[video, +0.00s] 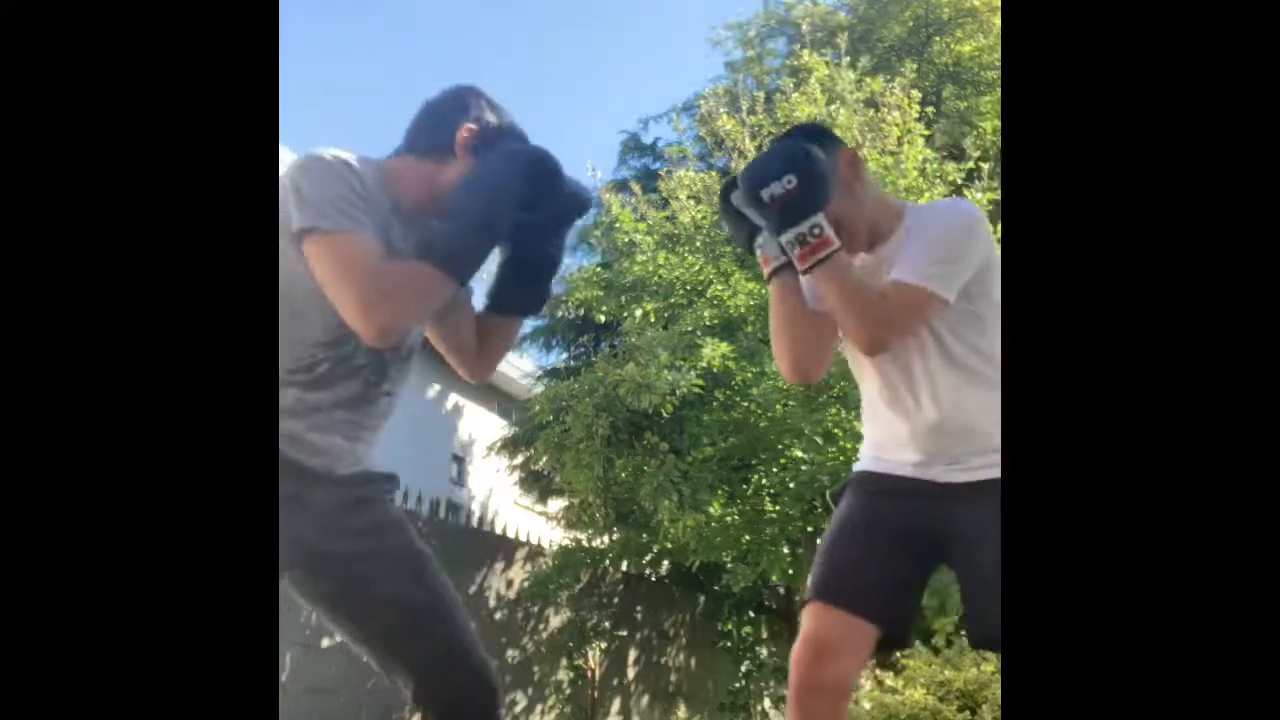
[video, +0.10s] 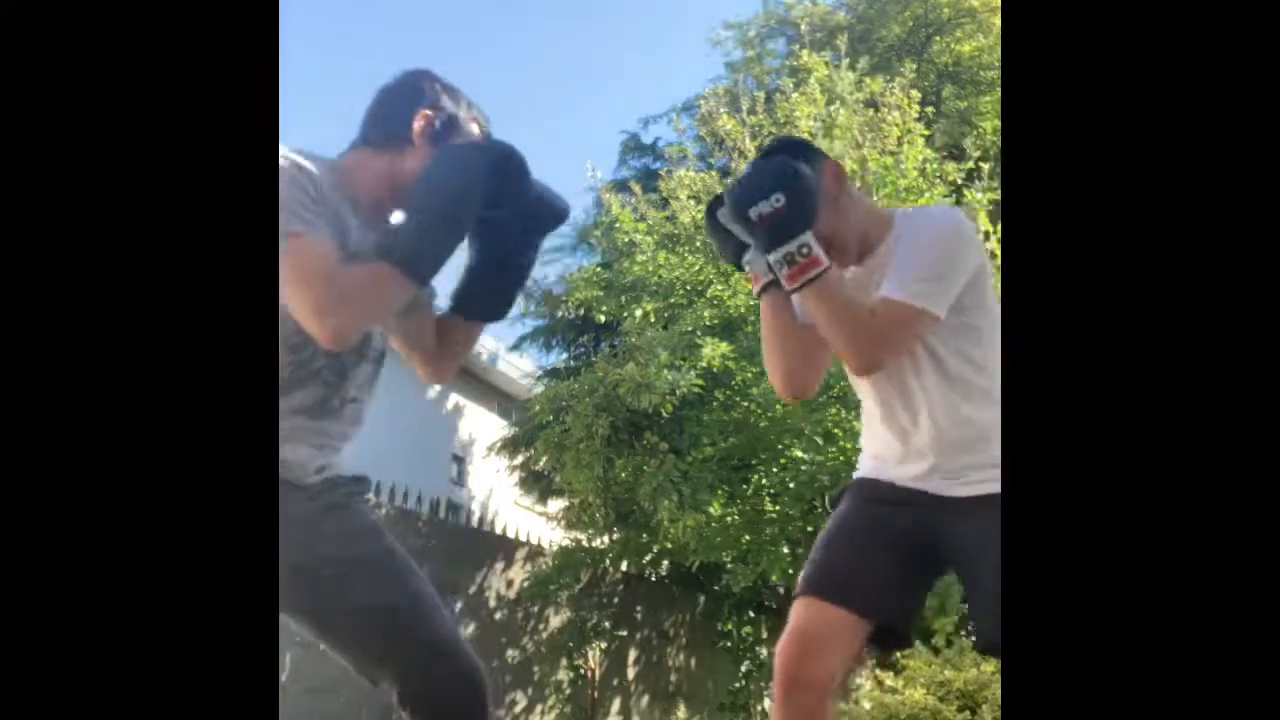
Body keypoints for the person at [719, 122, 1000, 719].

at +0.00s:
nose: (816, 230)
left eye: (819, 205)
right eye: (801, 221)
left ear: (852, 164)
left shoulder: (954, 223)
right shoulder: (834, 267)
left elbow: (873, 330)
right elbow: (801, 368)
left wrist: (811, 239)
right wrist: (778, 260)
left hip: (988, 480)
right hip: (888, 479)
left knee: (994, 667)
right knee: (818, 663)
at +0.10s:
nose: (805, 243)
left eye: (804, 217)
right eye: (791, 234)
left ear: (834, 177)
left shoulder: (942, 231)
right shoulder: (829, 278)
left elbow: (868, 348)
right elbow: (795, 384)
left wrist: (799, 257)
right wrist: (765, 270)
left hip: (987, 490)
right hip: (888, 487)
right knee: (801, 664)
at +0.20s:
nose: (784, 262)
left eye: (781, 237)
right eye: (772, 251)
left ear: (804, 199)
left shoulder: (917, 234)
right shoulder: (805, 297)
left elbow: (857, 363)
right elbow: (788, 405)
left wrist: (772, 278)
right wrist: (741, 296)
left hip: (988, 485)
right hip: (889, 489)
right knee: (808, 666)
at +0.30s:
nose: (773, 258)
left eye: (770, 234)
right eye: (757, 247)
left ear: (800, 197)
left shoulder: (912, 236)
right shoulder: (797, 298)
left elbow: (858, 364)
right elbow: (781, 412)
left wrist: (767, 270)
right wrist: (737, 297)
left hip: (990, 484)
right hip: (895, 493)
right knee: (804, 668)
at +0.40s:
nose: (800, 224)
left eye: (804, 200)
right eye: (789, 211)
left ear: (848, 165)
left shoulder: (957, 223)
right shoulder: (830, 277)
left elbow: (899, 335)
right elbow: (810, 406)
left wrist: (804, 255)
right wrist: (774, 308)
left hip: (992, 482)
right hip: (901, 485)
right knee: (804, 666)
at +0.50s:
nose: (870, 176)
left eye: (879, 152)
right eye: (861, 166)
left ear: (932, 129)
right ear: (860, 175)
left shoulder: (997, 216)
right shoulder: (887, 253)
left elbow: (965, 325)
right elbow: (865, 403)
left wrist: (868, 251)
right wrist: (827, 305)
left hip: (996, 479)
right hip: (915, 477)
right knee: (822, 666)